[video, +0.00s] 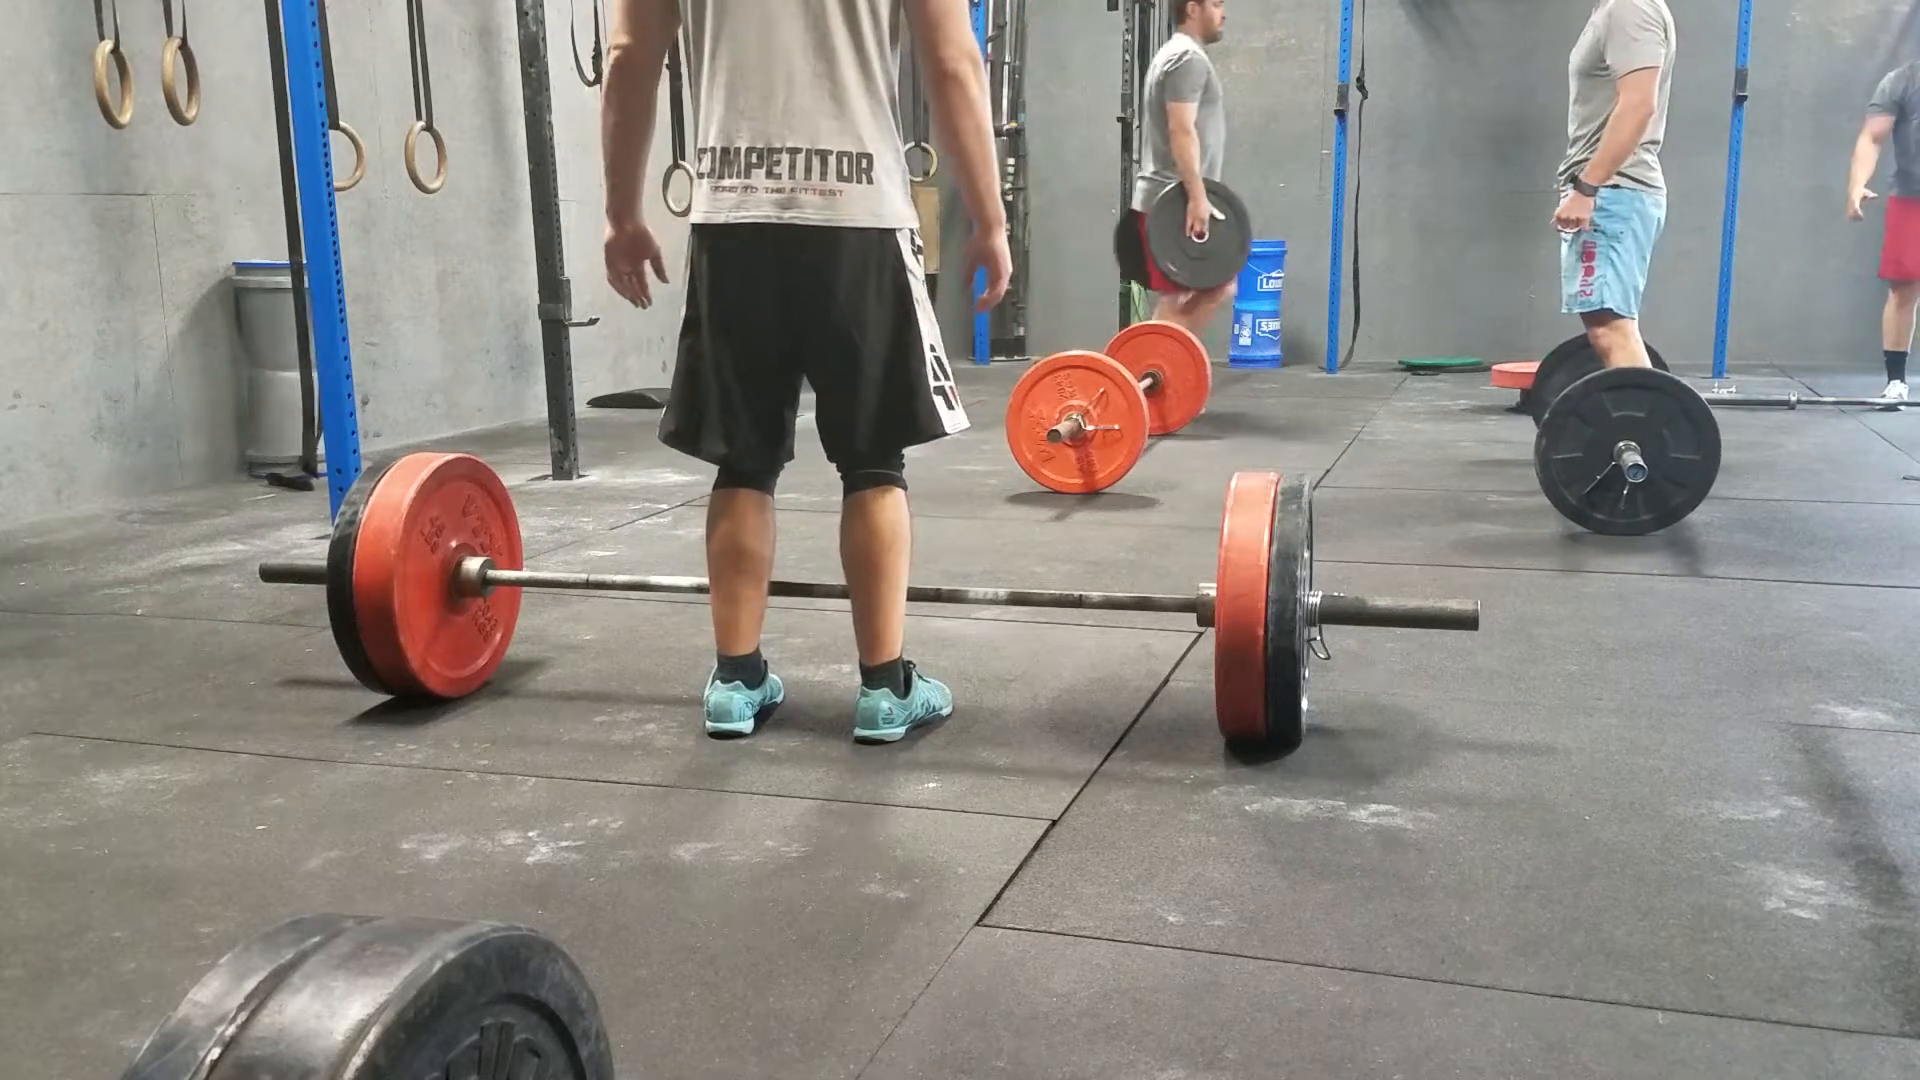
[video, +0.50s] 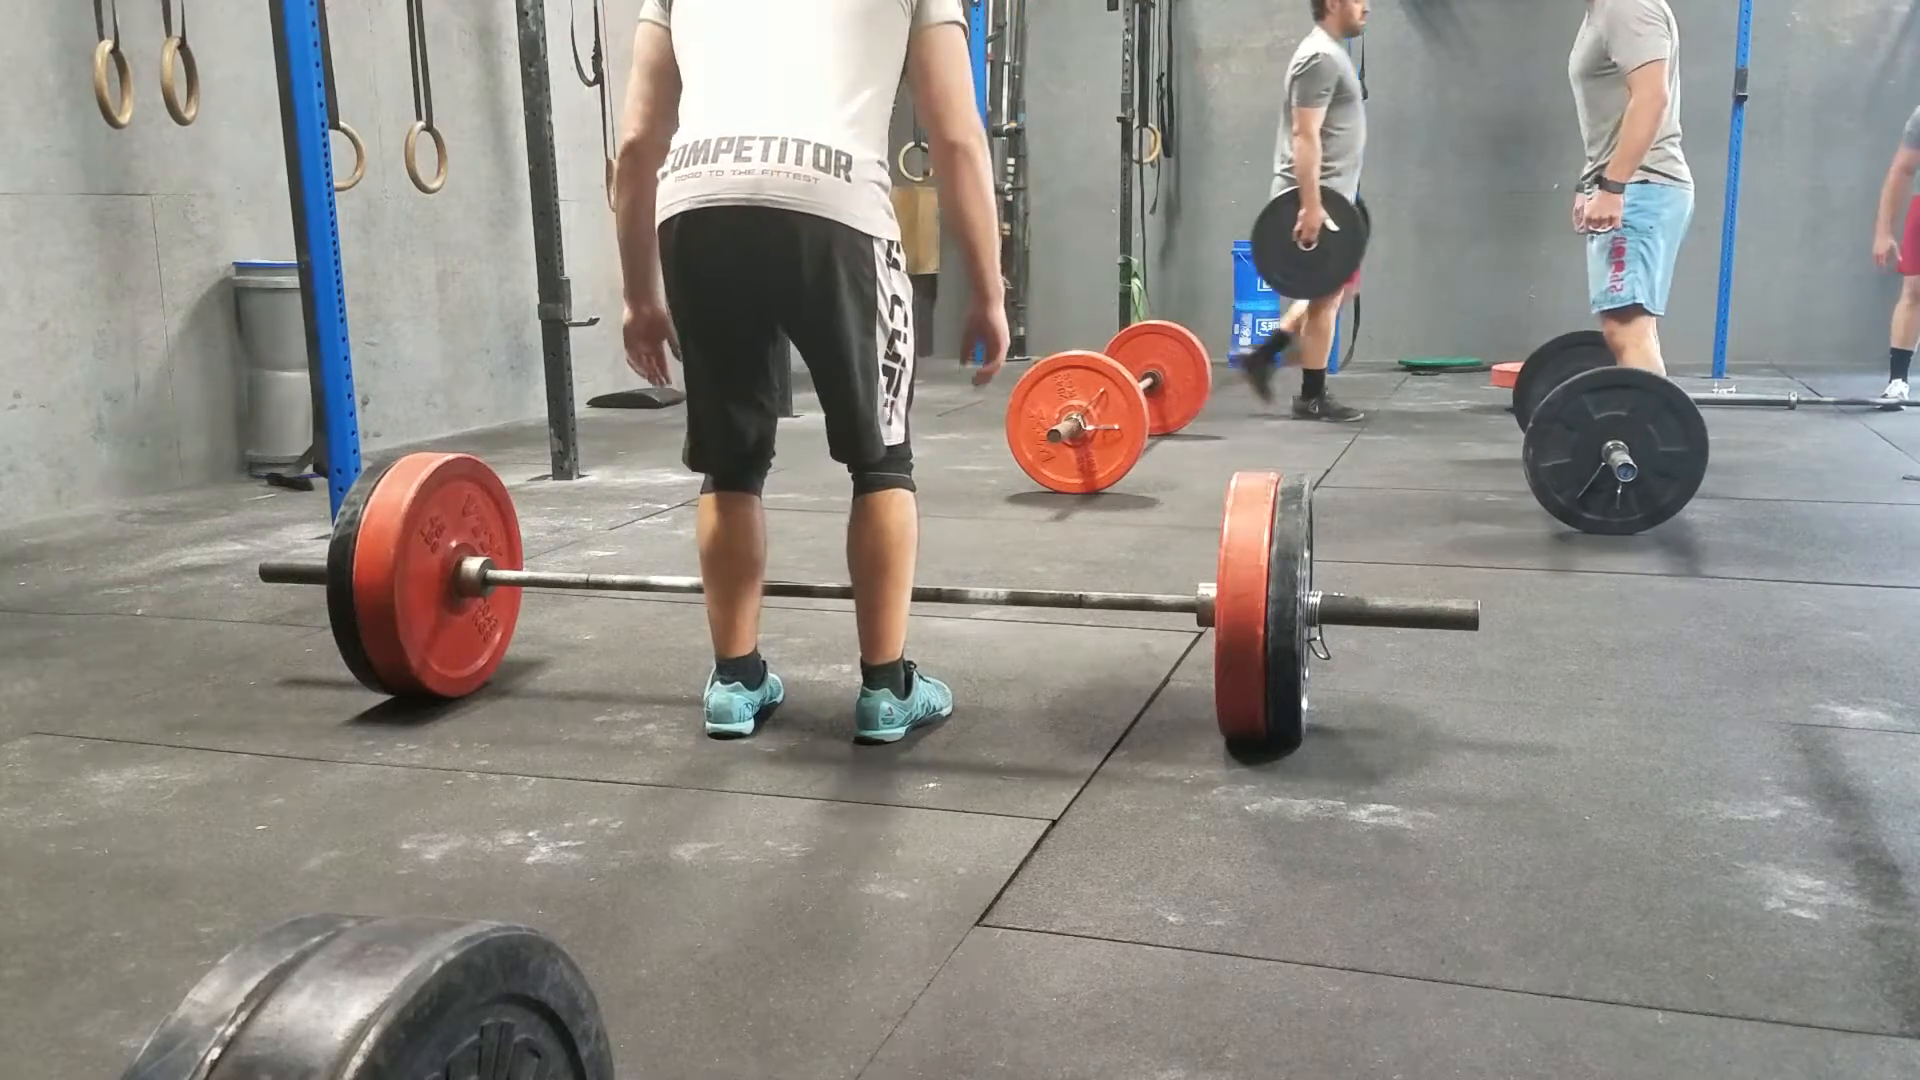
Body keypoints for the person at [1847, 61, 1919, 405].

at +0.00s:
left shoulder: (1902, 81)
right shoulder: (1902, 81)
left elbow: (1872, 137)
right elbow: (1871, 136)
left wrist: (1859, 183)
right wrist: (1857, 182)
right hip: (1909, 200)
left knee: (1905, 292)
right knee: (1903, 290)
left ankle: (1897, 380)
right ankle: (1896, 382)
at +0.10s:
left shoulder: (1904, 82)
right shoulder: (1904, 81)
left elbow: (1875, 139)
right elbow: (1875, 138)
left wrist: (1868, 184)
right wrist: (1866, 185)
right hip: (1909, 200)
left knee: (1905, 292)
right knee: (1904, 291)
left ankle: (1897, 380)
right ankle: (1896, 381)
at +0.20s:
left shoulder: (1907, 85)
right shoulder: (1907, 84)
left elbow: (1882, 144)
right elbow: (1882, 143)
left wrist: (1875, 193)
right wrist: (1874, 193)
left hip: (1910, 202)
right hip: (1910, 201)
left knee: (1904, 292)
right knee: (1904, 292)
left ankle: (1898, 381)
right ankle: (1896, 381)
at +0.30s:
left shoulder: (1911, 90)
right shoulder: (1912, 89)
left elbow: (1892, 148)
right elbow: (1892, 148)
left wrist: (1880, 202)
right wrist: (1879, 203)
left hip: (1912, 201)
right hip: (1914, 201)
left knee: (1907, 291)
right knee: (1907, 290)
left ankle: (1897, 380)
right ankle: (1896, 381)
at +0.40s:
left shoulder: (1916, 96)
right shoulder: (1918, 95)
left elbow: (1899, 156)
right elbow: (1899, 156)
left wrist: (1882, 216)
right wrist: (1881, 215)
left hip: (1916, 209)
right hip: (1918, 208)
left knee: (1912, 291)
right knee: (1913, 289)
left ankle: (1898, 380)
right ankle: (1897, 381)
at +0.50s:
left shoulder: (1916, 118)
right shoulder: (1919, 116)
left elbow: (1903, 169)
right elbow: (1903, 168)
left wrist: (1885, 231)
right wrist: (1883, 230)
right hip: (1918, 218)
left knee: (1912, 293)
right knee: (1913, 291)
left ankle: (1899, 379)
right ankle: (1898, 380)